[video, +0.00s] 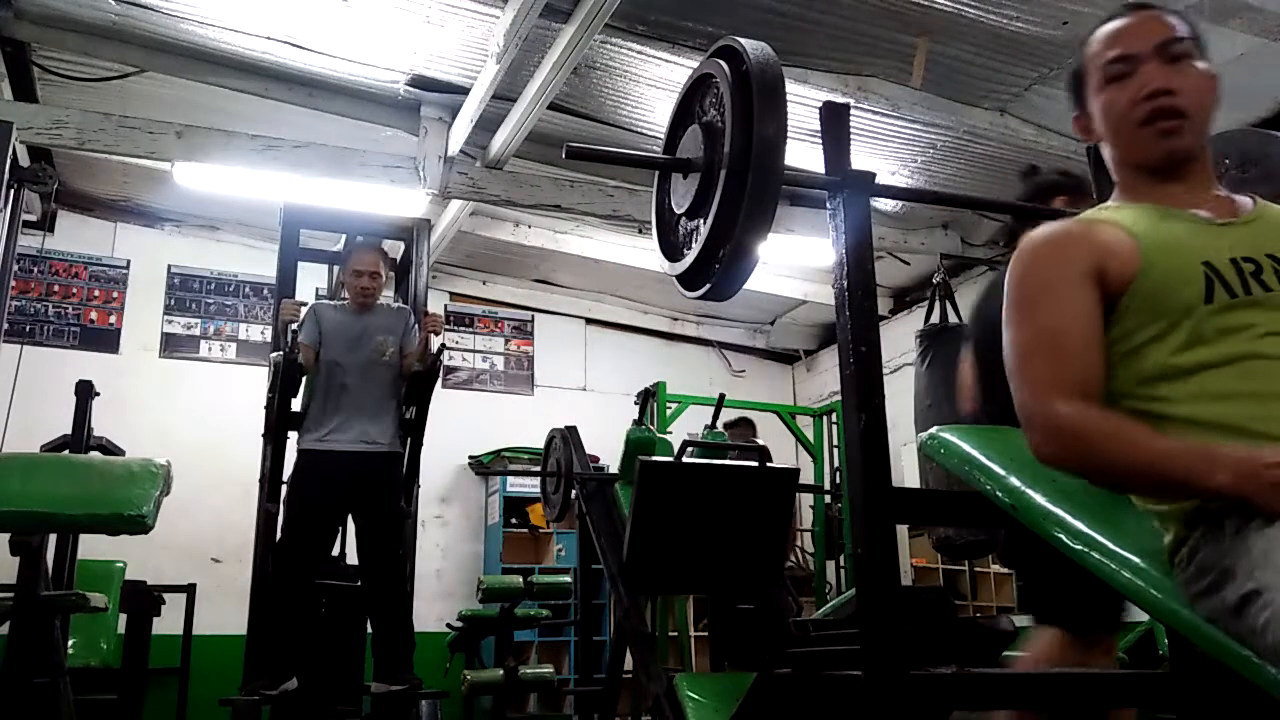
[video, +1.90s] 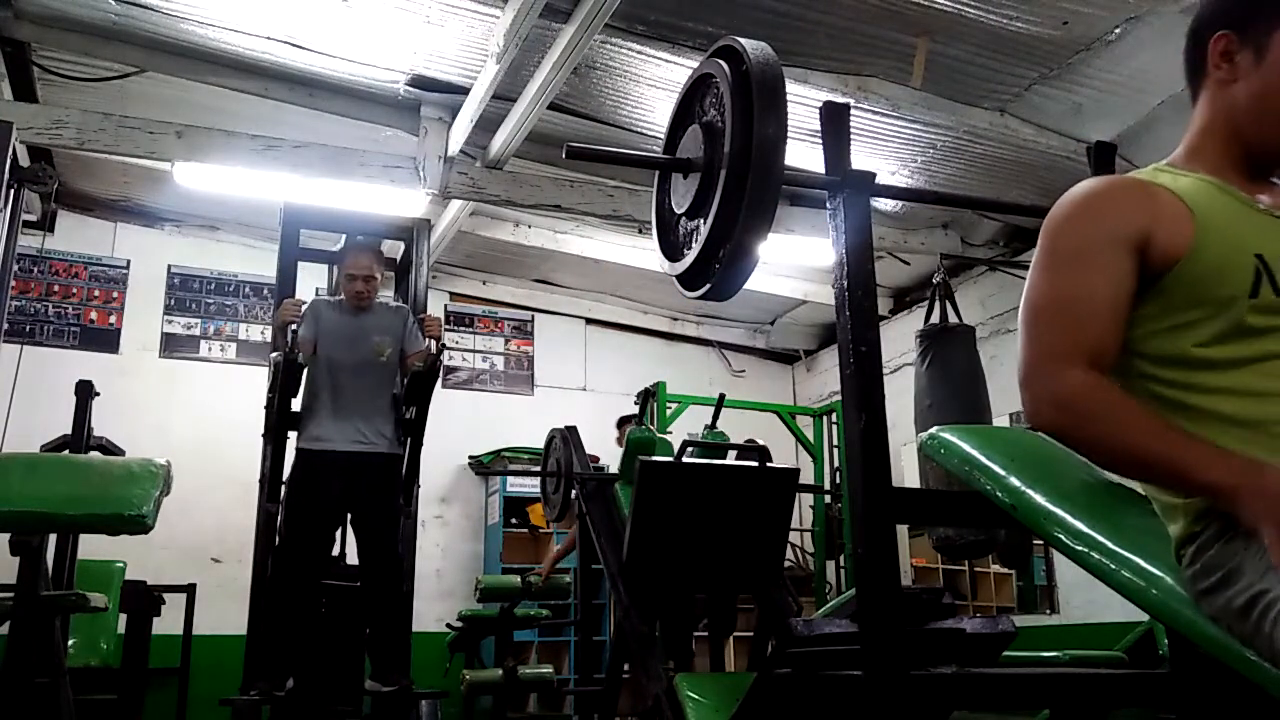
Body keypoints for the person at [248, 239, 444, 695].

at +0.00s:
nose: (366, 283)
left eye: (374, 276)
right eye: (358, 274)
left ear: (385, 279)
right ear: (343, 275)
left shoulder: (401, 317)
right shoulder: (320, 312)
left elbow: (414, 375)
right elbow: (303, 365)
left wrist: (429, 344)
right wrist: (289, 332)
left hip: (379, 458)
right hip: (320, 454)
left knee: (386, 573)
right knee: (296, 566)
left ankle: (394, 675)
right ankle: (282, 671)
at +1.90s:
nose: (361, 286)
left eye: (369, 278)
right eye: (353, 278)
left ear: (382, 279)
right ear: (339, 277)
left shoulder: (400, 316)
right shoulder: (318, 312)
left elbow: (418, 381)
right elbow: (293, 365)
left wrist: (432, 348)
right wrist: (282, 330)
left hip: (378, 456)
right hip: (319, 453)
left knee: (383, 570)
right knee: (296, 564)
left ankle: (386, 671)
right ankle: (282, 671)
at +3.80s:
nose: (371, 294)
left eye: (376, 286)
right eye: (363, 286)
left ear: (381, 282)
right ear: (339, 279)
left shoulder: (390, 321)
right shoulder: (309, 313)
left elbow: (414, 376)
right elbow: (289, 371)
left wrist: (430, 349)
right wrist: (285, 334)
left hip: (378, 456)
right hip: (320, 454)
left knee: (384, 570)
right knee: (298, 566)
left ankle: (387, 673)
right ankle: (278, 673)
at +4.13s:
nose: (366, 289)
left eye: (373, 282)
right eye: (358, 281)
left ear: (381, 284)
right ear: (339, 279)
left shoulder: (395, 320)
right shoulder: (314, 313)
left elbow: (416, 379)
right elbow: (292, 367)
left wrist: (430, 348)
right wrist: (283, 334)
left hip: (378, 458)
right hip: (319, 455)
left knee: (383, 571)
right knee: (298, 567)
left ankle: (386, 672)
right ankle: (277, 673)